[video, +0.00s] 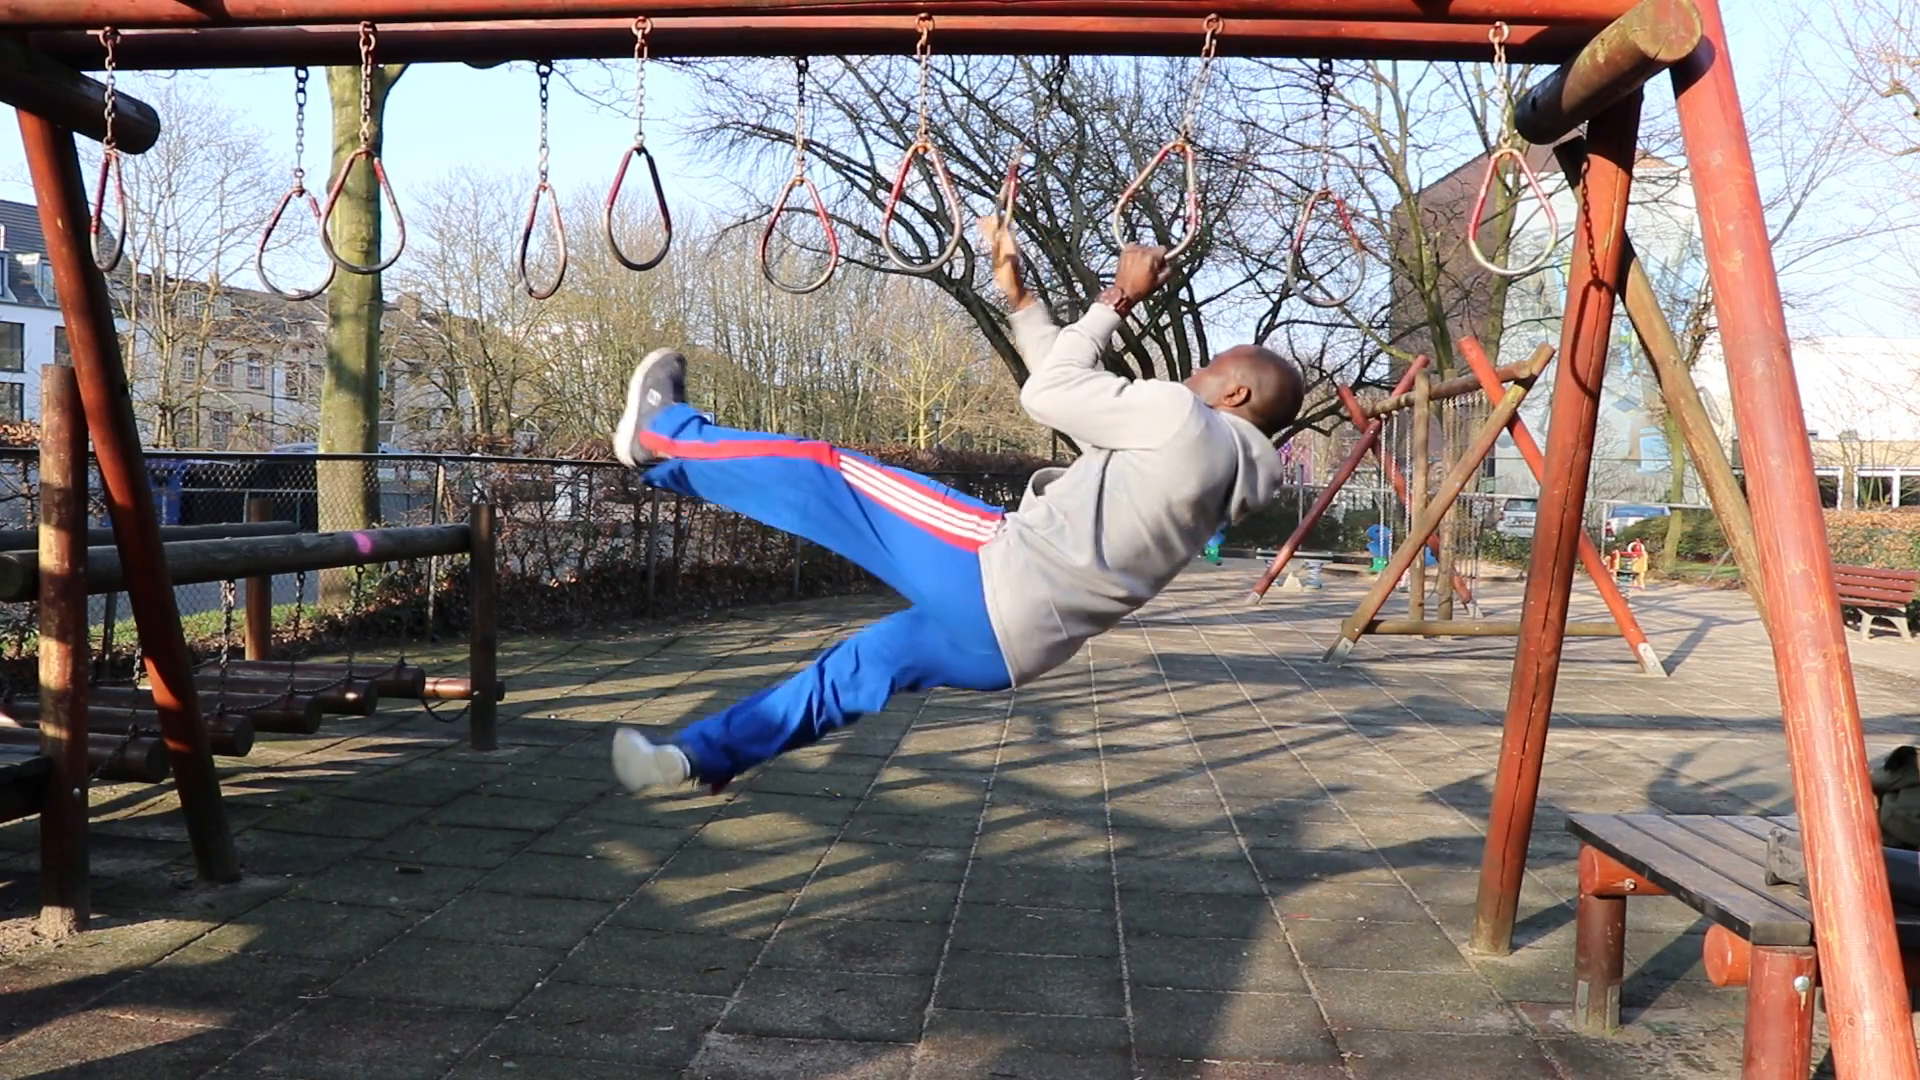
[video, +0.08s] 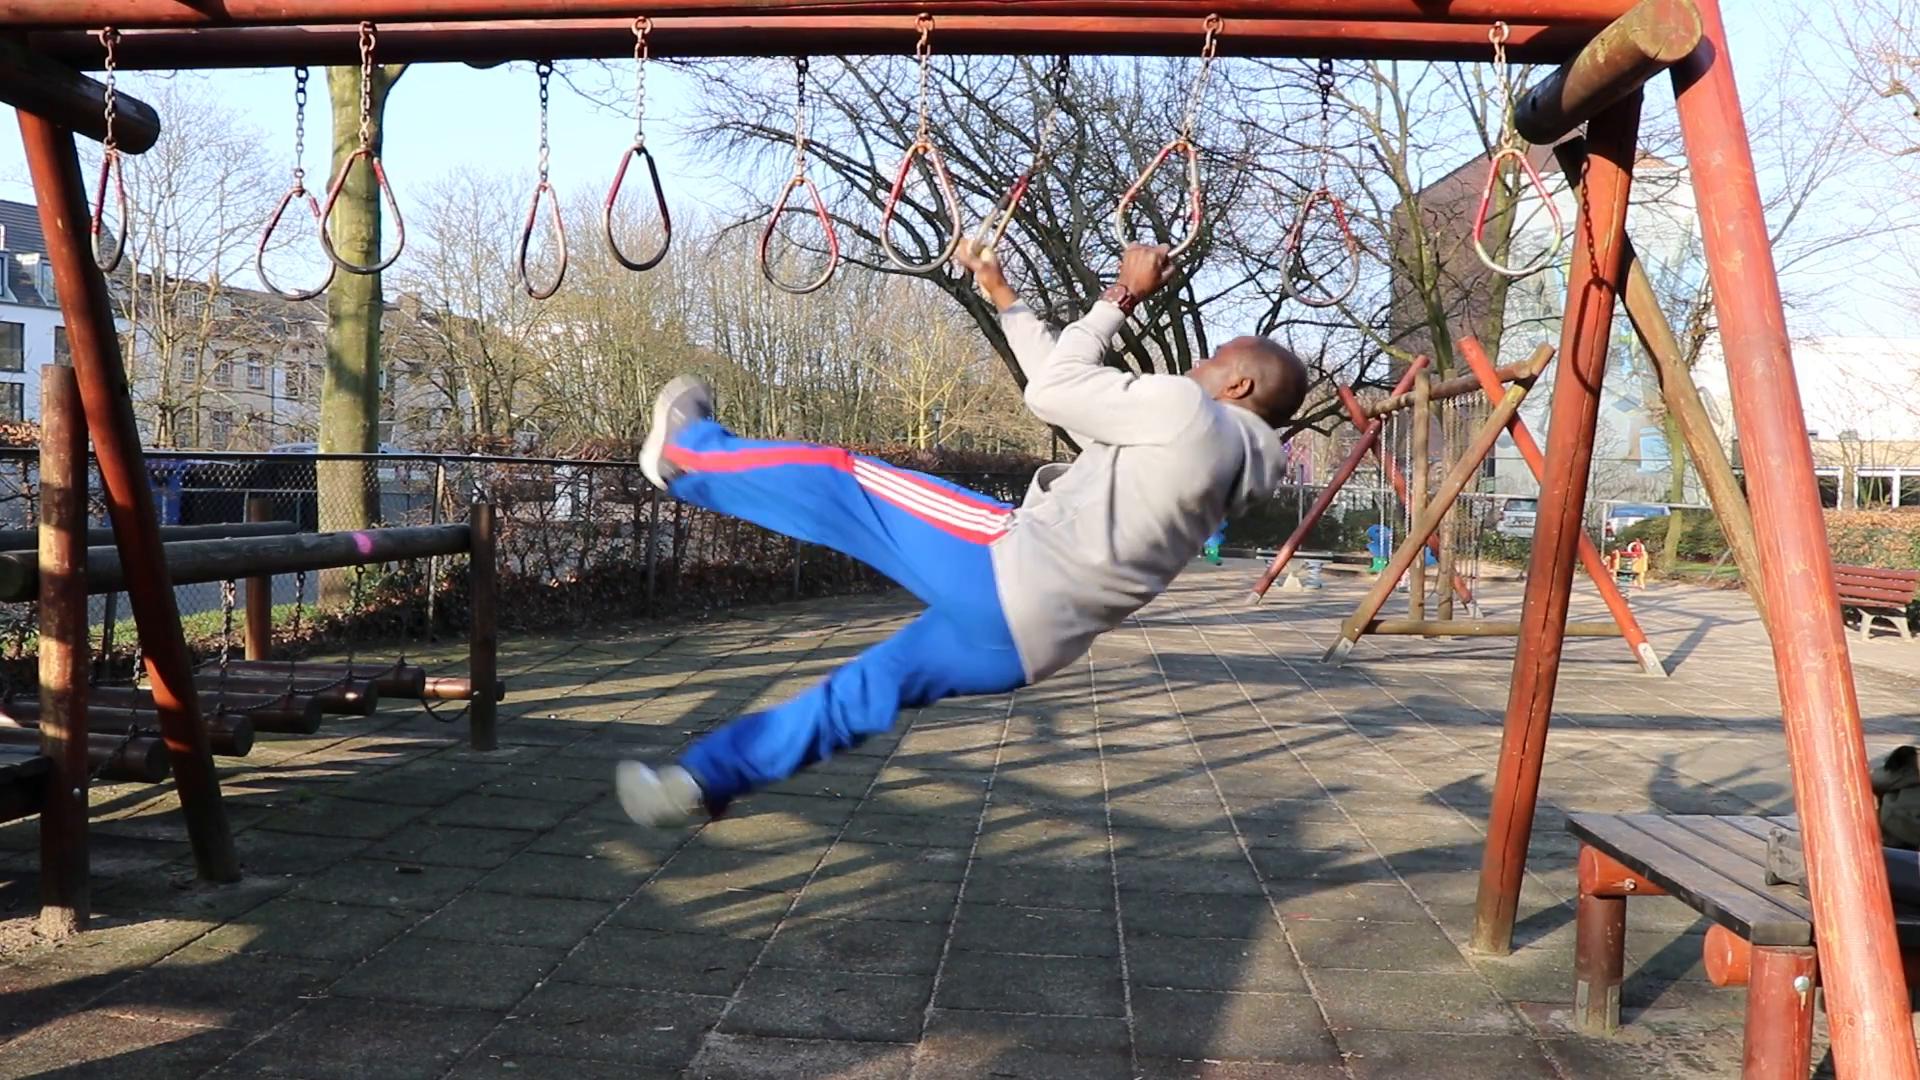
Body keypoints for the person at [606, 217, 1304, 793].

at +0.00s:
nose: (1204, 365)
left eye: (1219, 364)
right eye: (1218, 360)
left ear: (1235, 386)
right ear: (1258, 414)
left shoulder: (1180, 418)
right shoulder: (1228, 473)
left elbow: (1052, 390)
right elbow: (1079, 397)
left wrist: (1118, 298)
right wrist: (1017, 294)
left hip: (993, 574)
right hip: (1011, 653)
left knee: (830, 473)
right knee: (850, 677)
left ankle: (657, 436)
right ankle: (691, 758)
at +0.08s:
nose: (1203, 361)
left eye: (1218, 357)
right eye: (1214, 354)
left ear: (1236, 377)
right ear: (1269, 417)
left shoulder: (1187, 409)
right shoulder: (1249, 465)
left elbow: (1057, 384)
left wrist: (1123, 295)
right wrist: (1004, 302)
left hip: (998, 567)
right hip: (1020, 649)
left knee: (851, 479)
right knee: (857, 699)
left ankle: (687, 450)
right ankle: (695, 781)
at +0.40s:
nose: (1278, 326)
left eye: (1294, 318)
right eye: (1288, 314)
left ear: (1322, 339)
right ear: (1349, 358)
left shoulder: (1281, 371)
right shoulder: (1336, 422)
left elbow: (1142, 406)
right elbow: (1172, 418)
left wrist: (1172, 302)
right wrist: (1115, 317)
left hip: (1128, 551)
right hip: (1164, 630)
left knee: (937, 509)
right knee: (998, 648)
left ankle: (774, 558)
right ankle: (883, 788)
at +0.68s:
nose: (1348, 302)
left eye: (1366, 290)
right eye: (1355, 287)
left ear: (1412, 311)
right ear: (1415, 316)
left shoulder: (1396, 359)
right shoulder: (1415, 382)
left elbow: (1264, 411)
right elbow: (1265, 427)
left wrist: (1174, 313)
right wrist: (1260, 314)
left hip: (1283, 547)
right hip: (1313, 610)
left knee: (1080, 506)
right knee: (1104, 607)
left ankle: (894, 544)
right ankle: (971, 717)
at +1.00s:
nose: (1350, 310)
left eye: (1368, 299)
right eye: (1354, 297)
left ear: (1416, 317)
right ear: (1400, 316)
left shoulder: (1429, 368)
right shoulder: (1389, 369)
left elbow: (1300, 425)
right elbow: (1273, 388)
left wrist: (1286, 313)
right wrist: (1181, 311)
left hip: (1352, 576)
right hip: (1329, 565)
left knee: (1154, 534)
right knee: (1154, 593)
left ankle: (961, 612)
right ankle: (1040, 720)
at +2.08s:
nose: (997, 367)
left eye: (1015, 360)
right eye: (1004, 356)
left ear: (1052, 385)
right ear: (1044, 382)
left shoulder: (1013, 439)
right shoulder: (1032, 441)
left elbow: (881, 422)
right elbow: (925, 420)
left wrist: (895, 317)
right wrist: (973, 331)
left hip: (883, 620)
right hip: (884, 597)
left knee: (697, 601)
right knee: (744, 549)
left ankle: (541, 708)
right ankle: (607, 621)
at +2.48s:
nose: (903, 355)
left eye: (920, 346)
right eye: (911, 344)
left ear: (951, 373)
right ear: (960, 386)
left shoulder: (910, 434)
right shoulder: (926, 451)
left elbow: (794, 410)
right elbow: (805, 429)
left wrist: (845, 308)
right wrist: (799, 335)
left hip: (759, 610)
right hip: (772, 608)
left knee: (583, 518)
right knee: (601, 538)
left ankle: (383, 535)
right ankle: (460, 583)